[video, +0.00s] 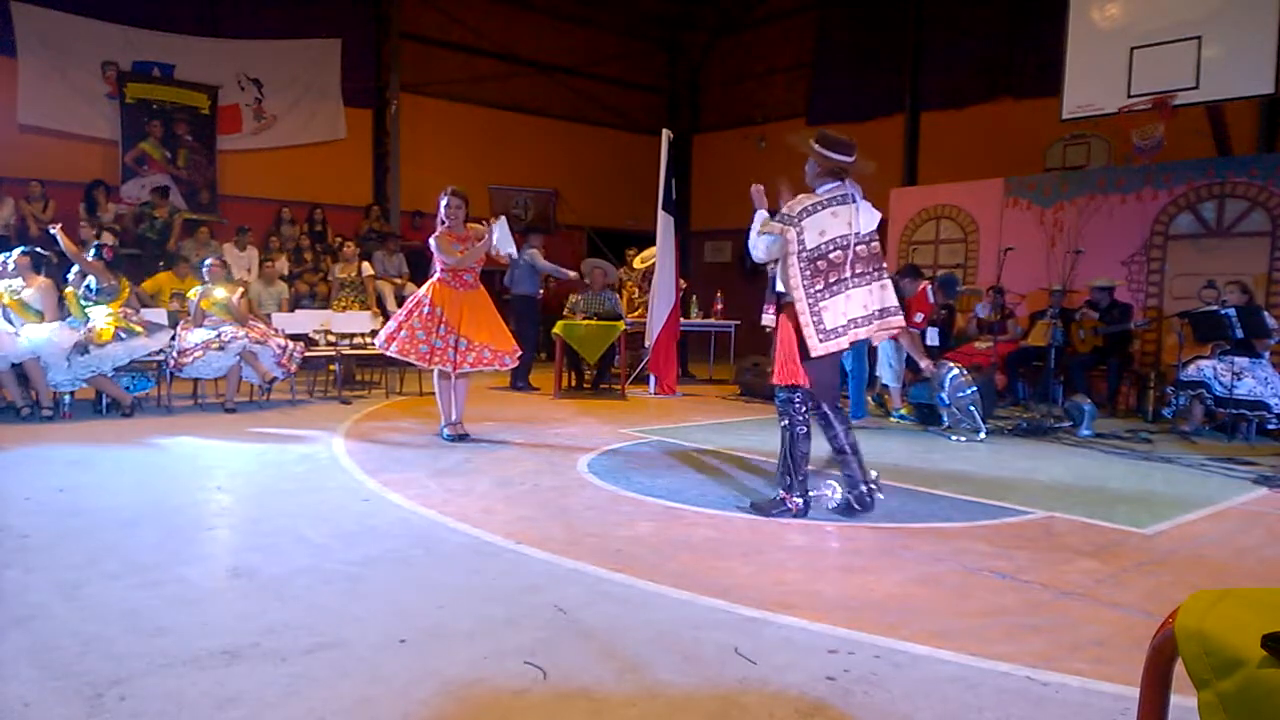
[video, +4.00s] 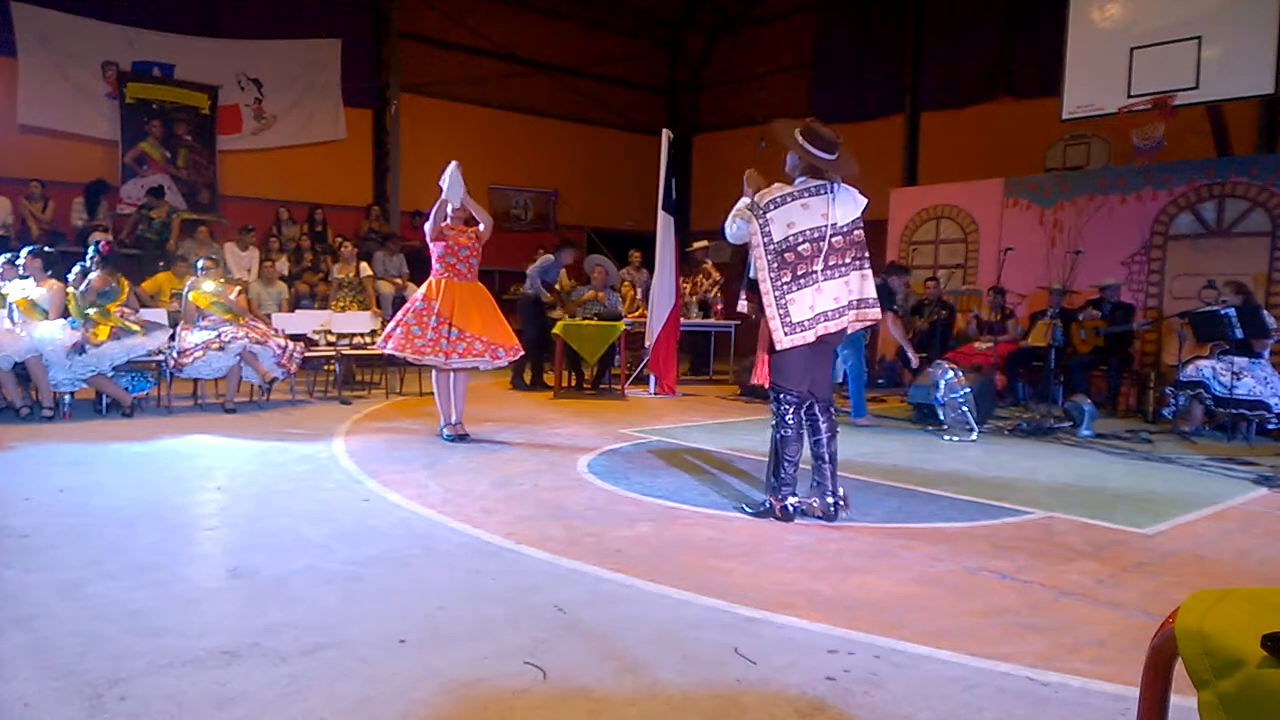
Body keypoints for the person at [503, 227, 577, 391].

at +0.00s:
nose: (541, 243)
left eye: (541, 239)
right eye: (539, 239)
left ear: (526, 240)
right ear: (533, 239)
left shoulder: (517, 257)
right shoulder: (532, 253)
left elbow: (507, 281)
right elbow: (543, 266)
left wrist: (530, 288)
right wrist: (567, 274)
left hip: (517, 298)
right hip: (528, 299)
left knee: (522, 338)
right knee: (530, 338)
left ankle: (517, 376)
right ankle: (522, 378)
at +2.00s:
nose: (543, 244)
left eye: (543, 240)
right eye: (542, 240)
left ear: (528, 239)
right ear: (535, 240)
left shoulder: (516, 256)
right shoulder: (530, 253)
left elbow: (506, 280)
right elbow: (537, 272)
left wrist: (522, 285)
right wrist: (562, 266)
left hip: (516, 298)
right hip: (528, 299)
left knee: (523, 338)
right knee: (530, 338)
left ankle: (518, 376)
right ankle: (522, 378)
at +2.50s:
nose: (545, 246)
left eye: (545, 242)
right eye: (543, 242)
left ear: (530, 241)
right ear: (536, 241)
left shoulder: (516, 255)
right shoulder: (533, 255)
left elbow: (505, 277)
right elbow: (535, 275)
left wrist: (520, 287)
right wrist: (559, 288)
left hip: (516, 298)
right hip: (528, 298)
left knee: (521, 338)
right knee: (528, 339)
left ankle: (517, 376)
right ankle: (522, 377)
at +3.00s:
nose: (564, 260)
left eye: (565, 257)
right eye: (564, 256)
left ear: (553, 251)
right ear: (556, 253)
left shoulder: (532, 259)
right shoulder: (546, 260)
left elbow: (517, 274)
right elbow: (533, 275)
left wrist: (530, 289)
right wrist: (547, 297)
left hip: (519, 297)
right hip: (528, 298)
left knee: (529, 340)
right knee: (531, 341)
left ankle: (535, 376)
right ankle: (524, 378)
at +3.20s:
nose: (573, 262)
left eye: (574, 258)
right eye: (572, 258)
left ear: (565, 257)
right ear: (565, 256)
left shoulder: (554, 267)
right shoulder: (552, 261)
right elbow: (536, 273)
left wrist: (549, 296)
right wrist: (549, 294)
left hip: (535, 299)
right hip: (527, 298)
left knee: (538, 339)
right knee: (531, 339)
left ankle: (537, 377)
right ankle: (523, 379)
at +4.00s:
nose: (572, 260)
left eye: (574, 256)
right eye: (571, 255)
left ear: (567, 255)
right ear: (564, 252)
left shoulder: (558, 268)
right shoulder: (549, 259)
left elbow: (551, 285)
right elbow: (532, 272)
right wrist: (543, 294)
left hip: (538, 301)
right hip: (528, 300)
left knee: (541, 340)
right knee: (529, 338)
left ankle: (537, 376)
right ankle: (517, 376)